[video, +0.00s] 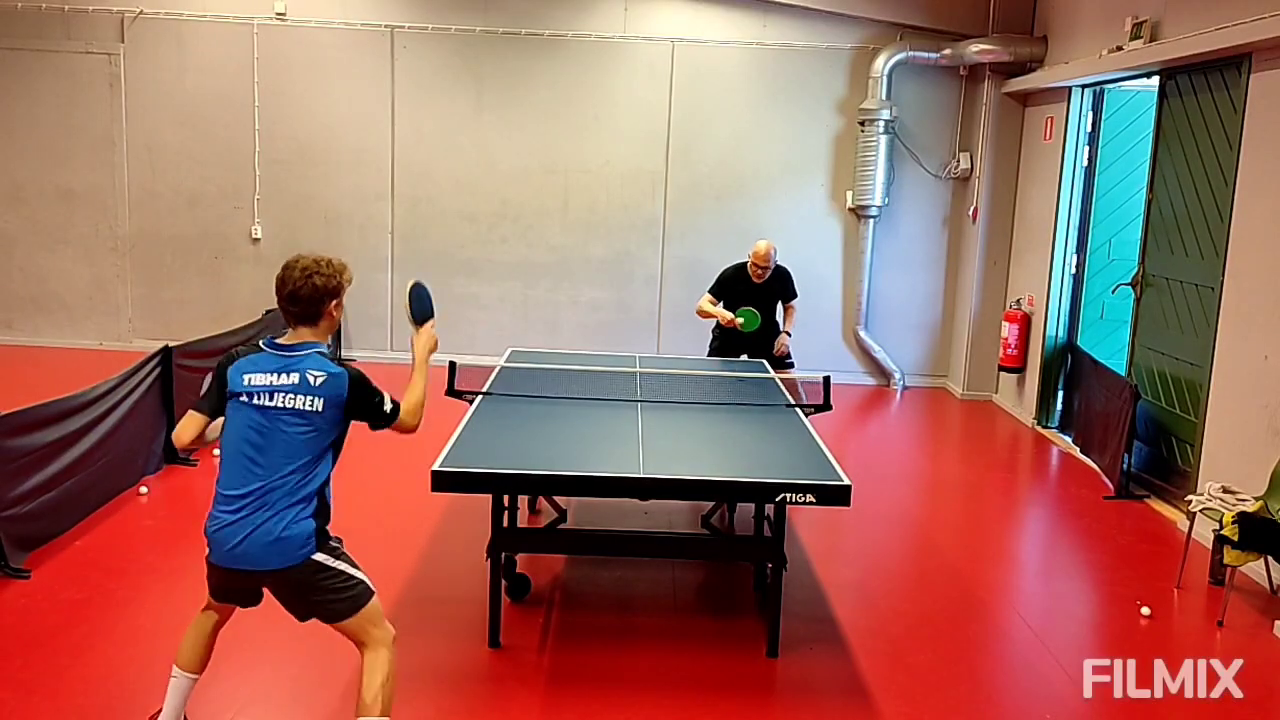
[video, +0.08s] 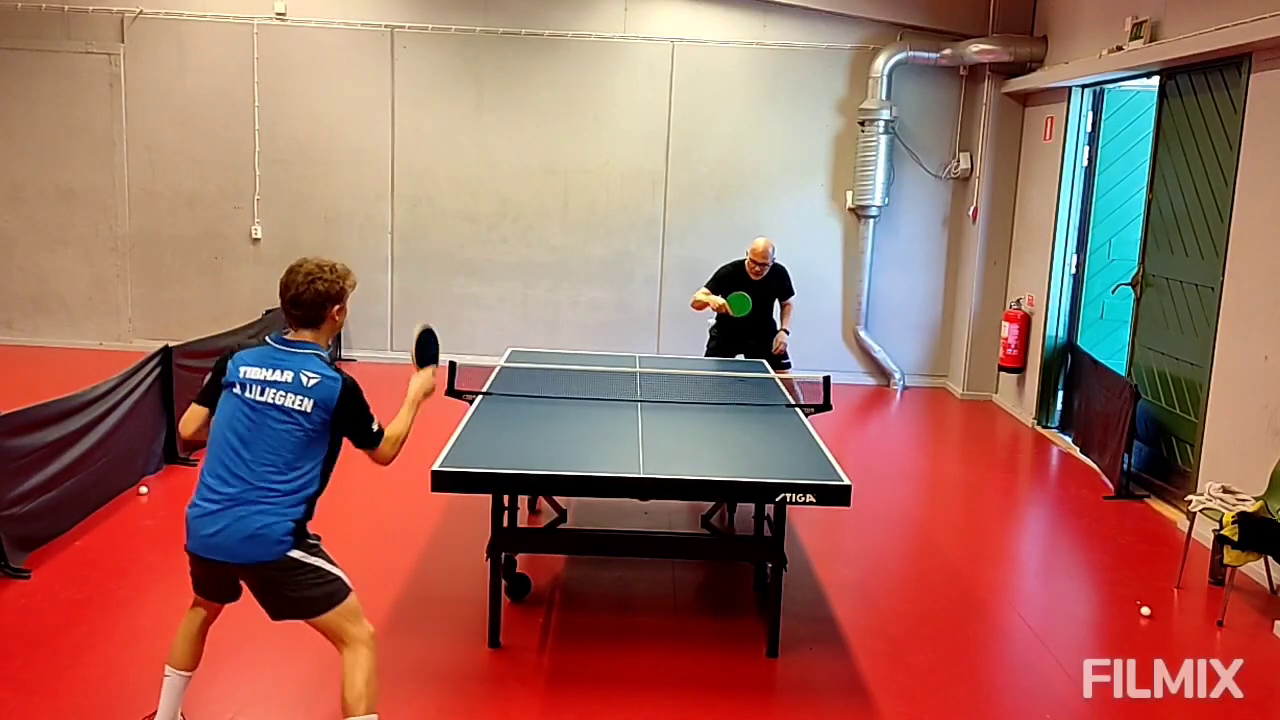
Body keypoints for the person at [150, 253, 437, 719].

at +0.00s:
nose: (344, 307)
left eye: (342, 298)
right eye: (342, 300)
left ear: (284, 307)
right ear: (332, 309)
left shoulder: (237, 366)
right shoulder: (341, 379)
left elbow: (184, 438)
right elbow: (409, 420)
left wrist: (226, 425)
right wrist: (423, 355)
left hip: (227, 543)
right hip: (295, 547)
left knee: (214, 610)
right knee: (377, 640)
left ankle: (169, 714)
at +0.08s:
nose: (347, 310)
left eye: (346, 302)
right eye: (346, 303)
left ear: (288, 308)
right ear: (335, 313)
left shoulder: (237, 361)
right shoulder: (335, 385)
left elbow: (190, 429)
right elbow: (383, 450)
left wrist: (247, 434)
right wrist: (415, 396)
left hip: (205, 533)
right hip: (273, 542)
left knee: (202, 607)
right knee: (357, 638)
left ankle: (165, 714)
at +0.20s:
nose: (357, 317)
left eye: (357, 308)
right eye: (357, 309)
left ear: (300, 304)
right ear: (345, 318)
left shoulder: (265, 328)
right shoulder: (303, 392)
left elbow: (255, 383)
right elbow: (307, 483)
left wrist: (310, 396)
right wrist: (380, 492)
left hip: (157, 491)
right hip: (200, 512)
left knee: (187, 592)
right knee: (290, 615)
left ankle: (151, 710)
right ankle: (281, 716)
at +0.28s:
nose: (354, 333)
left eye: (354, 324)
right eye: (355, 325)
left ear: (301, 318)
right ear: (341, 334)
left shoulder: (271, 339)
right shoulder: (283, 405)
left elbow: (282, 385)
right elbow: (271, 499)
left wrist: (325, 406)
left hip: (152, 477)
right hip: (179, 506)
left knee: (191, 580)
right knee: (264, 614)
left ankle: (127, 687)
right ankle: (218, 716)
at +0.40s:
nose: (334, 393)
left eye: (334, 385)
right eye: (333, 387)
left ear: (281, 373)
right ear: (313, 396)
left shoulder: (272, 391)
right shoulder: (227, 448)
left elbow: (308, 415)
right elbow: (178, 523)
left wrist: (351, 450)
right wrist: (152, 605)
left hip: (172, 498)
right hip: (143, 511)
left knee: (180, 579)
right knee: (238, 616)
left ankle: (89, 655)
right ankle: (212, 714)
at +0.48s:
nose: (317, 423)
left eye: (318, 416)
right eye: (316, 417)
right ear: (294, 426)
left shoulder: (271, 423)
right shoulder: (196, 467)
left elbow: (323, 445)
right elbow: (135, 525)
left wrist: (351, 478)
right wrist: (91, 583)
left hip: (178, 508)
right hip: (136, 518)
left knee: (176, 593)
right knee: (226, 613)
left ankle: (88, 642)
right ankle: (208, 715)